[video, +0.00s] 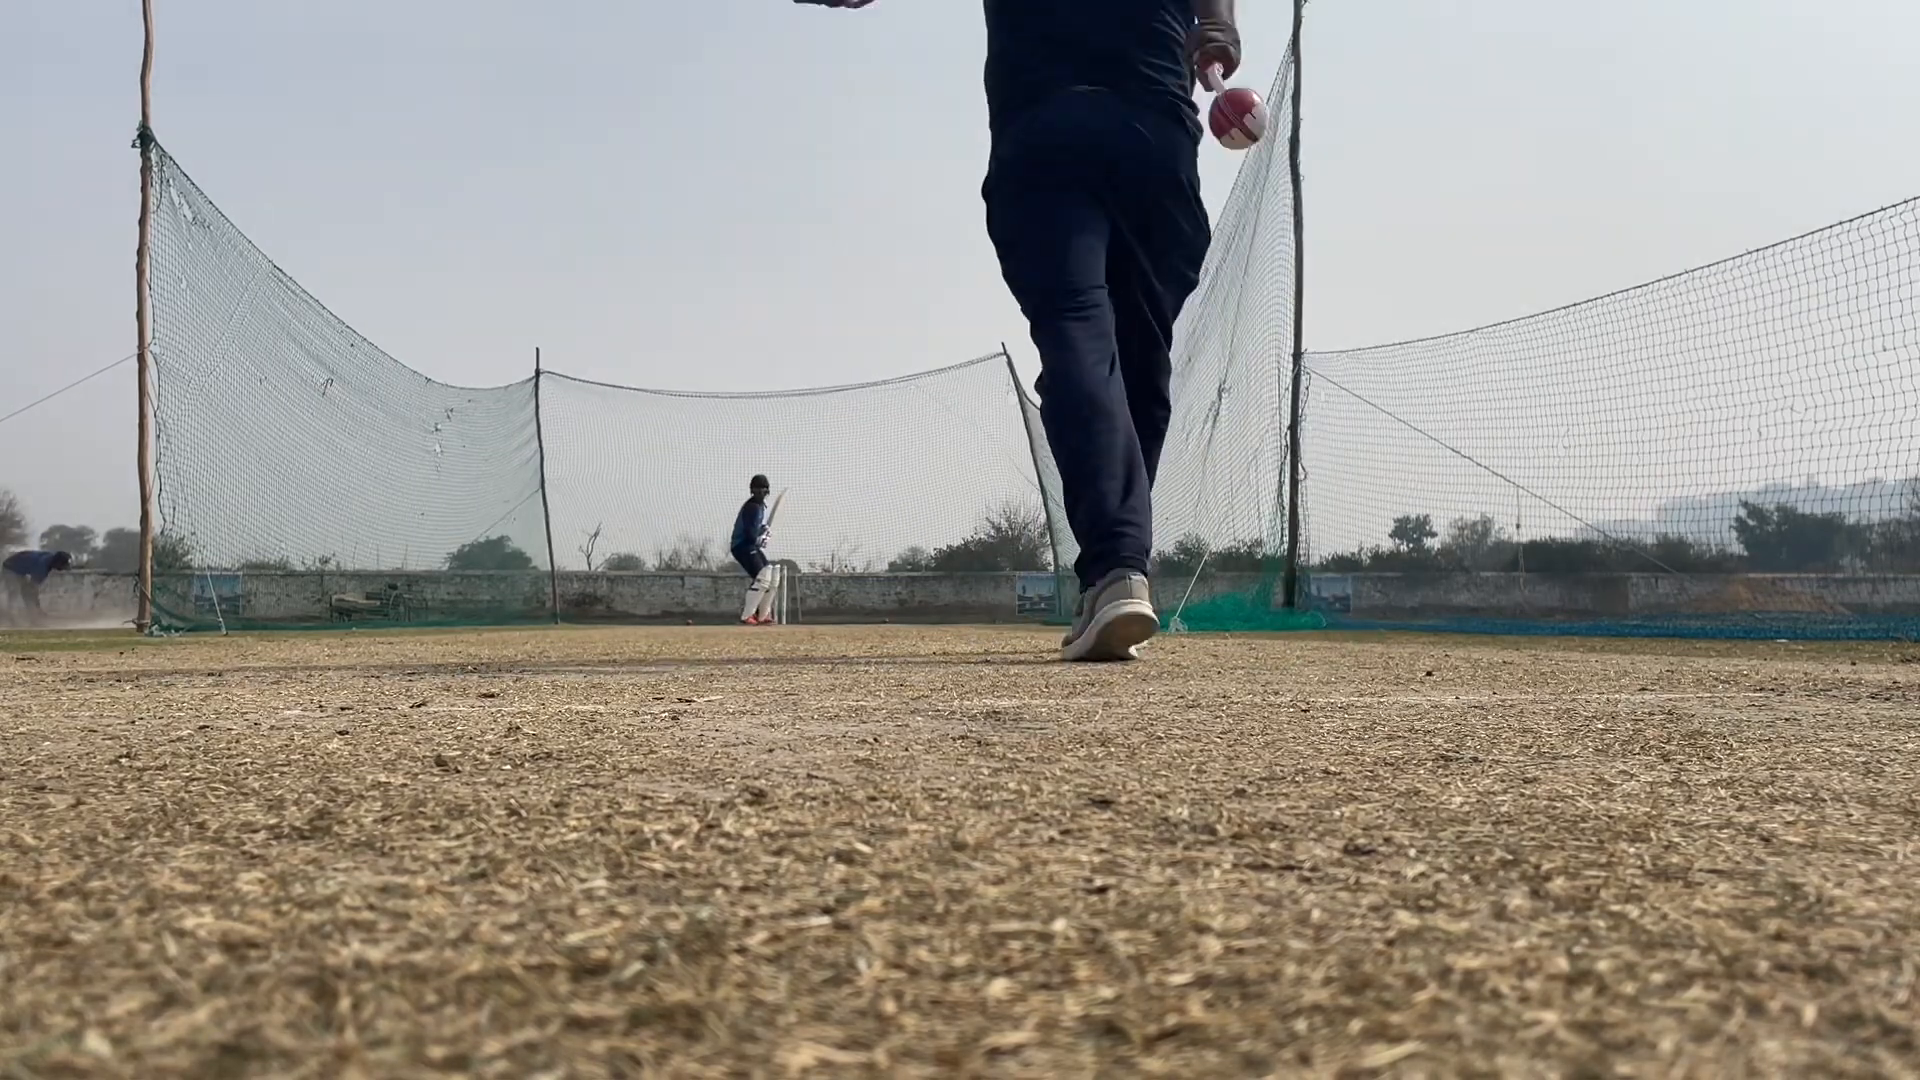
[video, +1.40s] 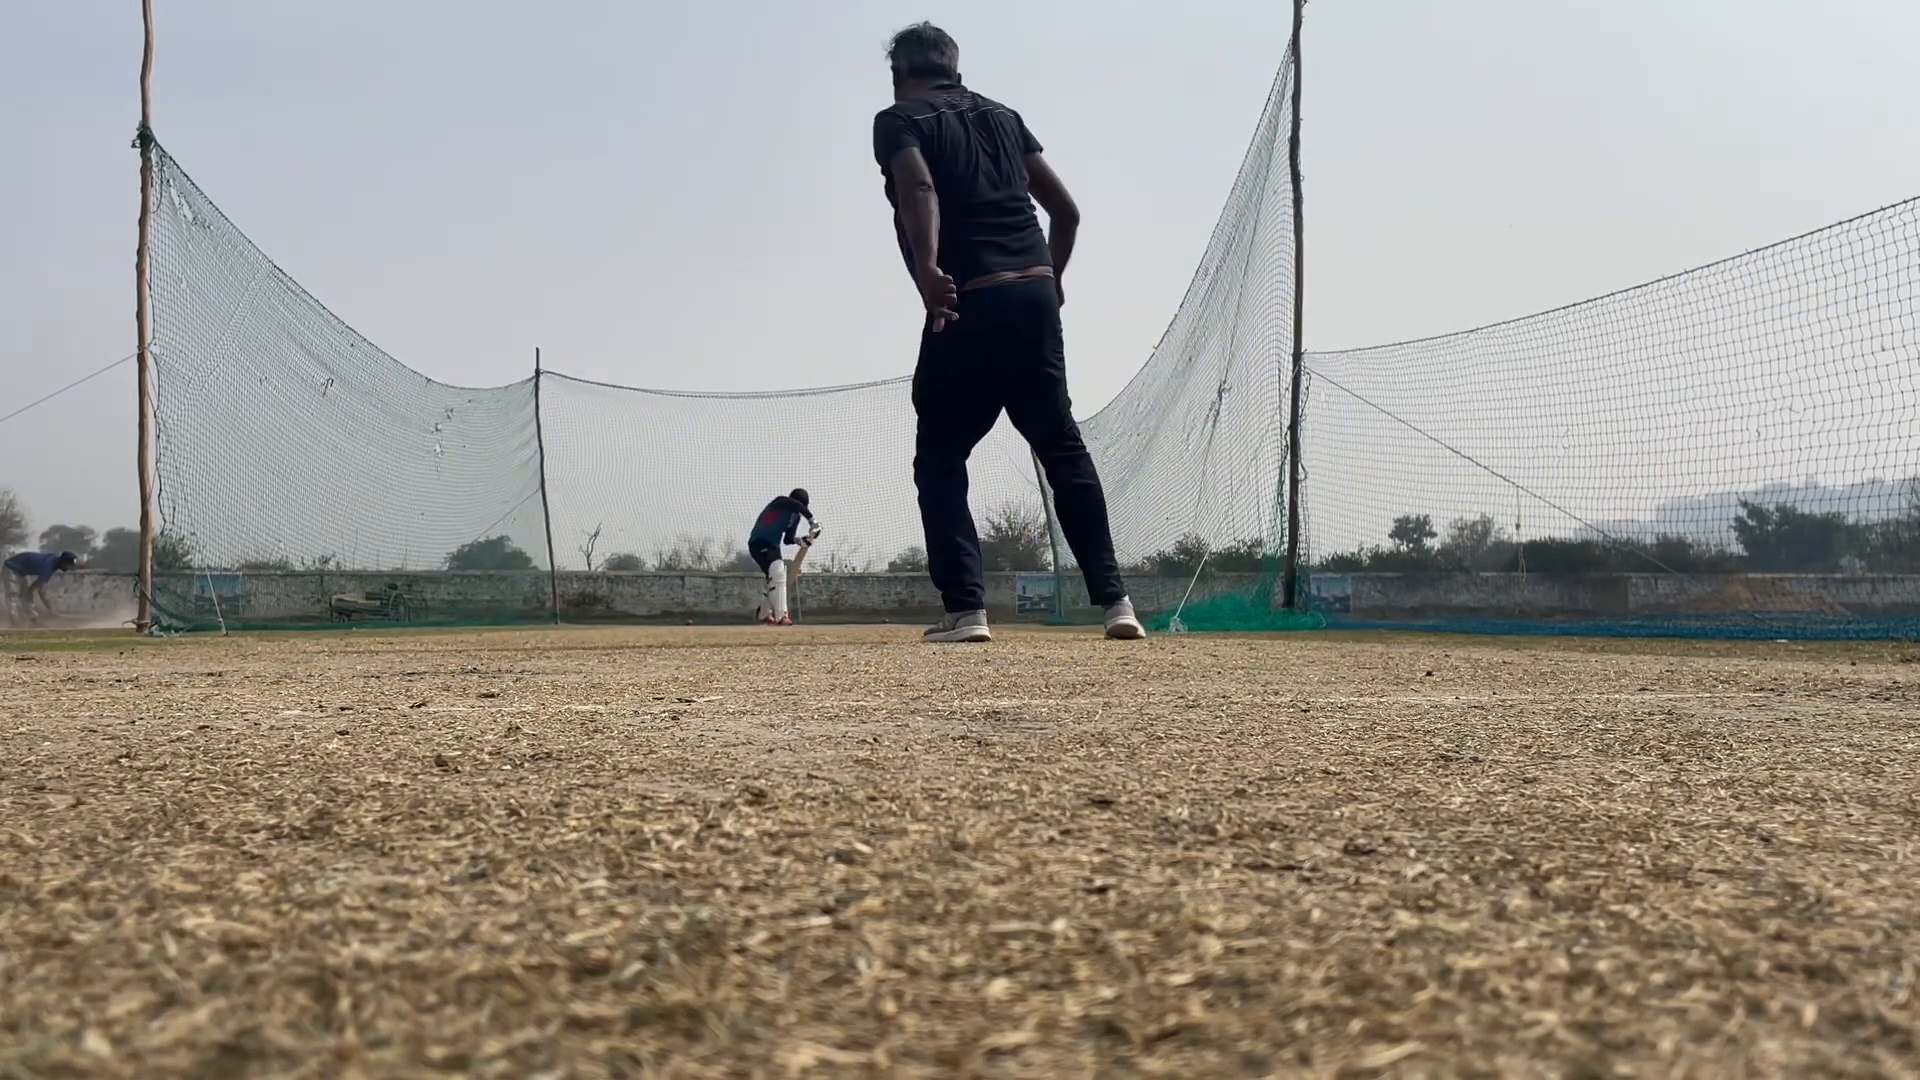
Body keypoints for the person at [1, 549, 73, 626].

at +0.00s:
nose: (62, 569)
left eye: (64, 567)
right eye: (63, 566)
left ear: (58, 559)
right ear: (59, 562)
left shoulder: (49, 562)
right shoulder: (43, 564)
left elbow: (34, 586)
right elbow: (33, 587)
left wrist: (36, 608)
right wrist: (37, 608)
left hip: (21, 570)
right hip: (10, 568)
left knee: (28, 593)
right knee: (13, 594)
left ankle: (33, 617)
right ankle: (12, 619)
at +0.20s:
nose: (63, 570)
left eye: (65, 568)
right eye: (64, 568)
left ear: (60, 560)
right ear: (60, 563)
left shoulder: (51, 561)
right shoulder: (44, 567)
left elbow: (36, 585)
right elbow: (34, 587)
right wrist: (43, 607)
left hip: (21, 570)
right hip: (10, 568)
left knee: (27, 594)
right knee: (12, 595)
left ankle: (32, 618)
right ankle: (12, 620)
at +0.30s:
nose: (65, 570)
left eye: (67, 568)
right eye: (65, 567)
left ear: (61, 562)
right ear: (61, 563)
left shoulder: (51, 563)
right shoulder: (45, 566)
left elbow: (36, 583)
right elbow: (42, 590)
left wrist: (30, 590)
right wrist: (48, 609)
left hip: (21, 571)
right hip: (10, 568)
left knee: (26, 593)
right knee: (12, 596)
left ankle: (32, 616)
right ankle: (13, 621)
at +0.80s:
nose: (68, 569)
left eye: (70, 566)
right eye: (68, 566)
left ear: (64, 560)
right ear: (64, 562)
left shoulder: (54, 562)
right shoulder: (48, 567)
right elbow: (38, 590)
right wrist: (49, 608)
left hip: (21, 571)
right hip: (11, 568)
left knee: (26, 595)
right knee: (13, 596)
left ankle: (32, 618)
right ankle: (15, 622)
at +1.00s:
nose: (68, 569)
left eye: (70, 567)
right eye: (69, 566)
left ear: (63, 559)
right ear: (64, 562)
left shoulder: (55, 561)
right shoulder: (49, 569)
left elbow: (44, 588)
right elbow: (32, 589)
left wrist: (51, 609)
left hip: (21, 570)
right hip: (11, 568)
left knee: (26, 593)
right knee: (13, 595)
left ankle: (33, 618)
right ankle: (14, 620)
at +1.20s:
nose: (67, 569)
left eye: (70, 567)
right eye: (68, 566)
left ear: (63, 559)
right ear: (64, 562)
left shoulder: (55, 560)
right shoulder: (48, 570)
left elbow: (45, 591)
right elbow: (30, 590)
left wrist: (51, 609)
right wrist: (30, 607)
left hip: (21, 571)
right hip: (11, 568)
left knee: (26, 594)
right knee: (13, 596)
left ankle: (34, 619)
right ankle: (15, 621)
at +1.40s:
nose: (67, 569)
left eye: (69, 567)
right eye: (67, 566)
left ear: (63, 559)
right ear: (63, 562)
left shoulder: (54, 560)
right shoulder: (48, 568)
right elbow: (41, 591)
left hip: (21, 570)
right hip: (10, 568)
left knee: (26, 595)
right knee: (12, 596)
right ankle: (14, 621)